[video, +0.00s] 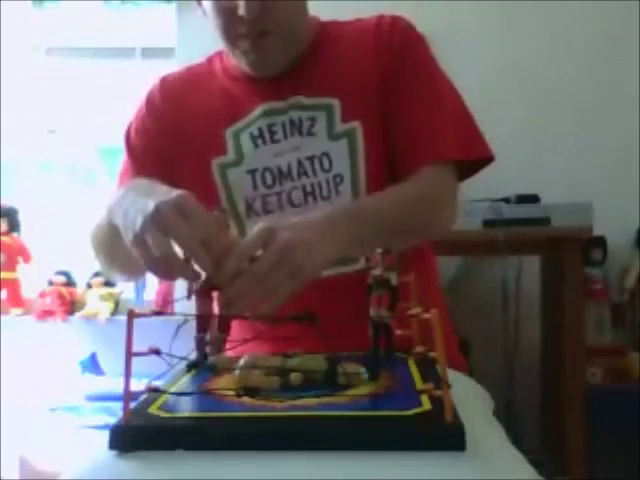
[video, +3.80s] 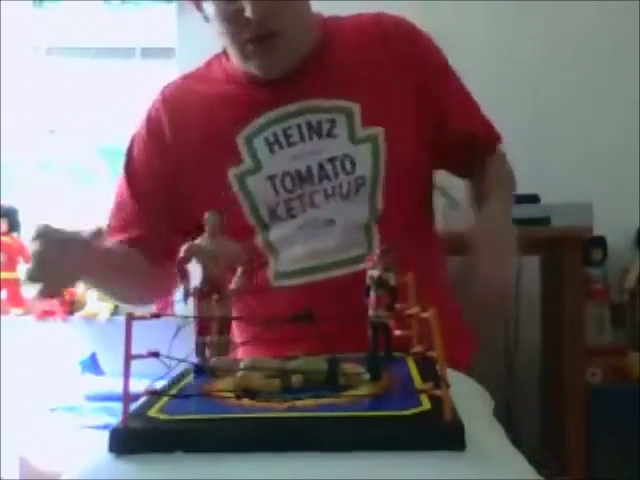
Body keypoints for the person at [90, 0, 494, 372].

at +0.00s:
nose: (244, 12)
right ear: (203, 5)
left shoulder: (385, 47)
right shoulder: (172, 102)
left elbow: (438, 202)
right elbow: (117, 259)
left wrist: (318, 237)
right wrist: (128, 203)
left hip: (399, 366)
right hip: (248, 375)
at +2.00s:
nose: (239, 11)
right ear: (203, 7)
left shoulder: (381, 42)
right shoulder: (172, 106)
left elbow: (399, 182)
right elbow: (127, 269)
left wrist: (285, 265)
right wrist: (124, 214)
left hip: (399, 380)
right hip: (243, 398)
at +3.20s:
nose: (237, 17)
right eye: (217, 1)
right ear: (200, 7)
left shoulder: (382, 45)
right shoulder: (176, 106)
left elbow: (411, 193)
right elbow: (134, 261)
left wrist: (303, 206)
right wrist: (122, 217)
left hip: (403, 366)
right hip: (257, 377)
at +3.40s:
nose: (234, 16)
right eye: (213, 2)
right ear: (197, 8)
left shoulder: (381, 47)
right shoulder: (172, 109)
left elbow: (460, 201)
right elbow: (128, 268)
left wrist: (370, 152)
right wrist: (125, 225)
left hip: (403, 365)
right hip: (255, 378)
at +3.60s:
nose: (237, 14)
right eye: (214, 1)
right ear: (190, 9)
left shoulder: (383, 49)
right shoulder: (169, 110)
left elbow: (497, 184)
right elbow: (136, 282)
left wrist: (443, 145)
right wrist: (108, 243)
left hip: (410, 368)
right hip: (256, 384)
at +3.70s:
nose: (240, 14)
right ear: (192, 7)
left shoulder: (386, 49)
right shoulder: (170, 113)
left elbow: (491, 153)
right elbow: (144, 289)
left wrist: (462, 182)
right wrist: (103, 251)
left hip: (411, 367)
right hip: (254, 384)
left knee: (503, 473)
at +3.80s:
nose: (249, 12)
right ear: (201, 8)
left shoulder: (393, 50)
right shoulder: (179, 114)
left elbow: (484, 159)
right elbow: (149, 282)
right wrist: (90, 260)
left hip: (417, 370)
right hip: (268, 391)